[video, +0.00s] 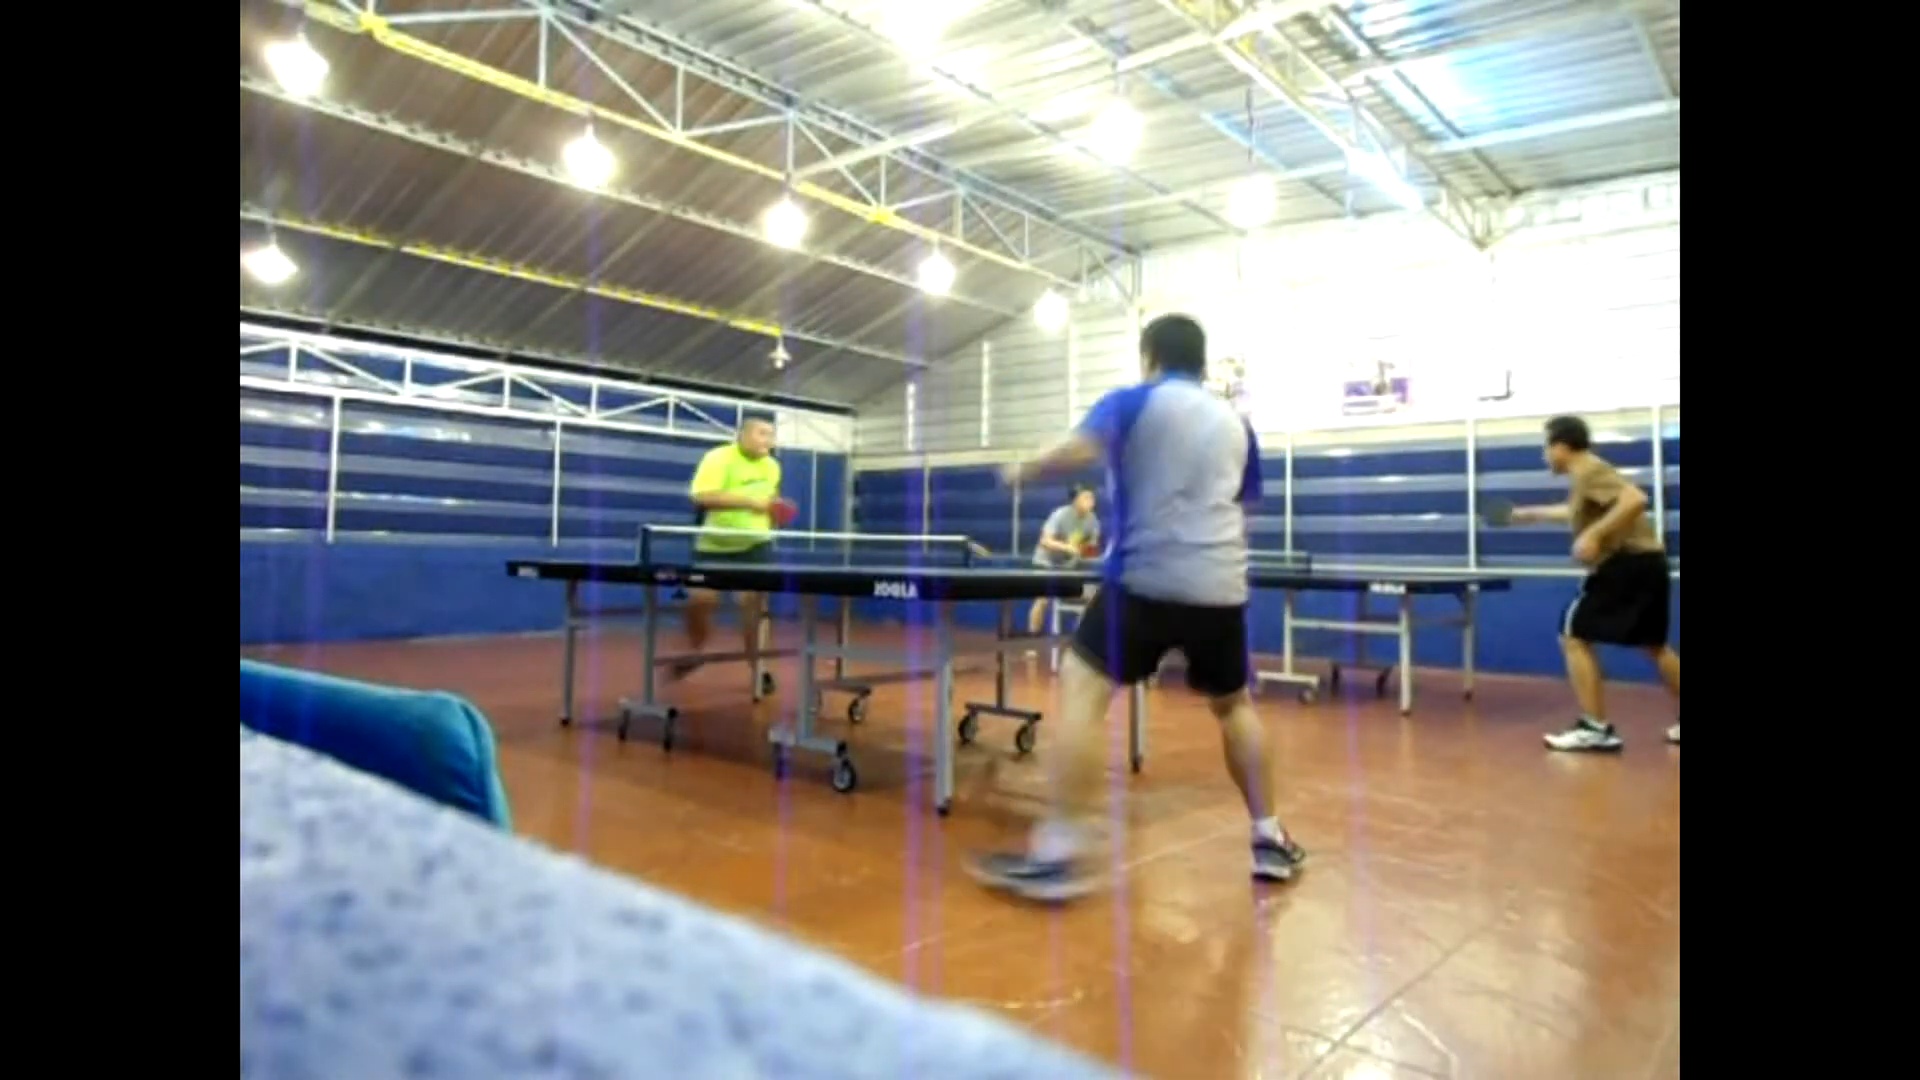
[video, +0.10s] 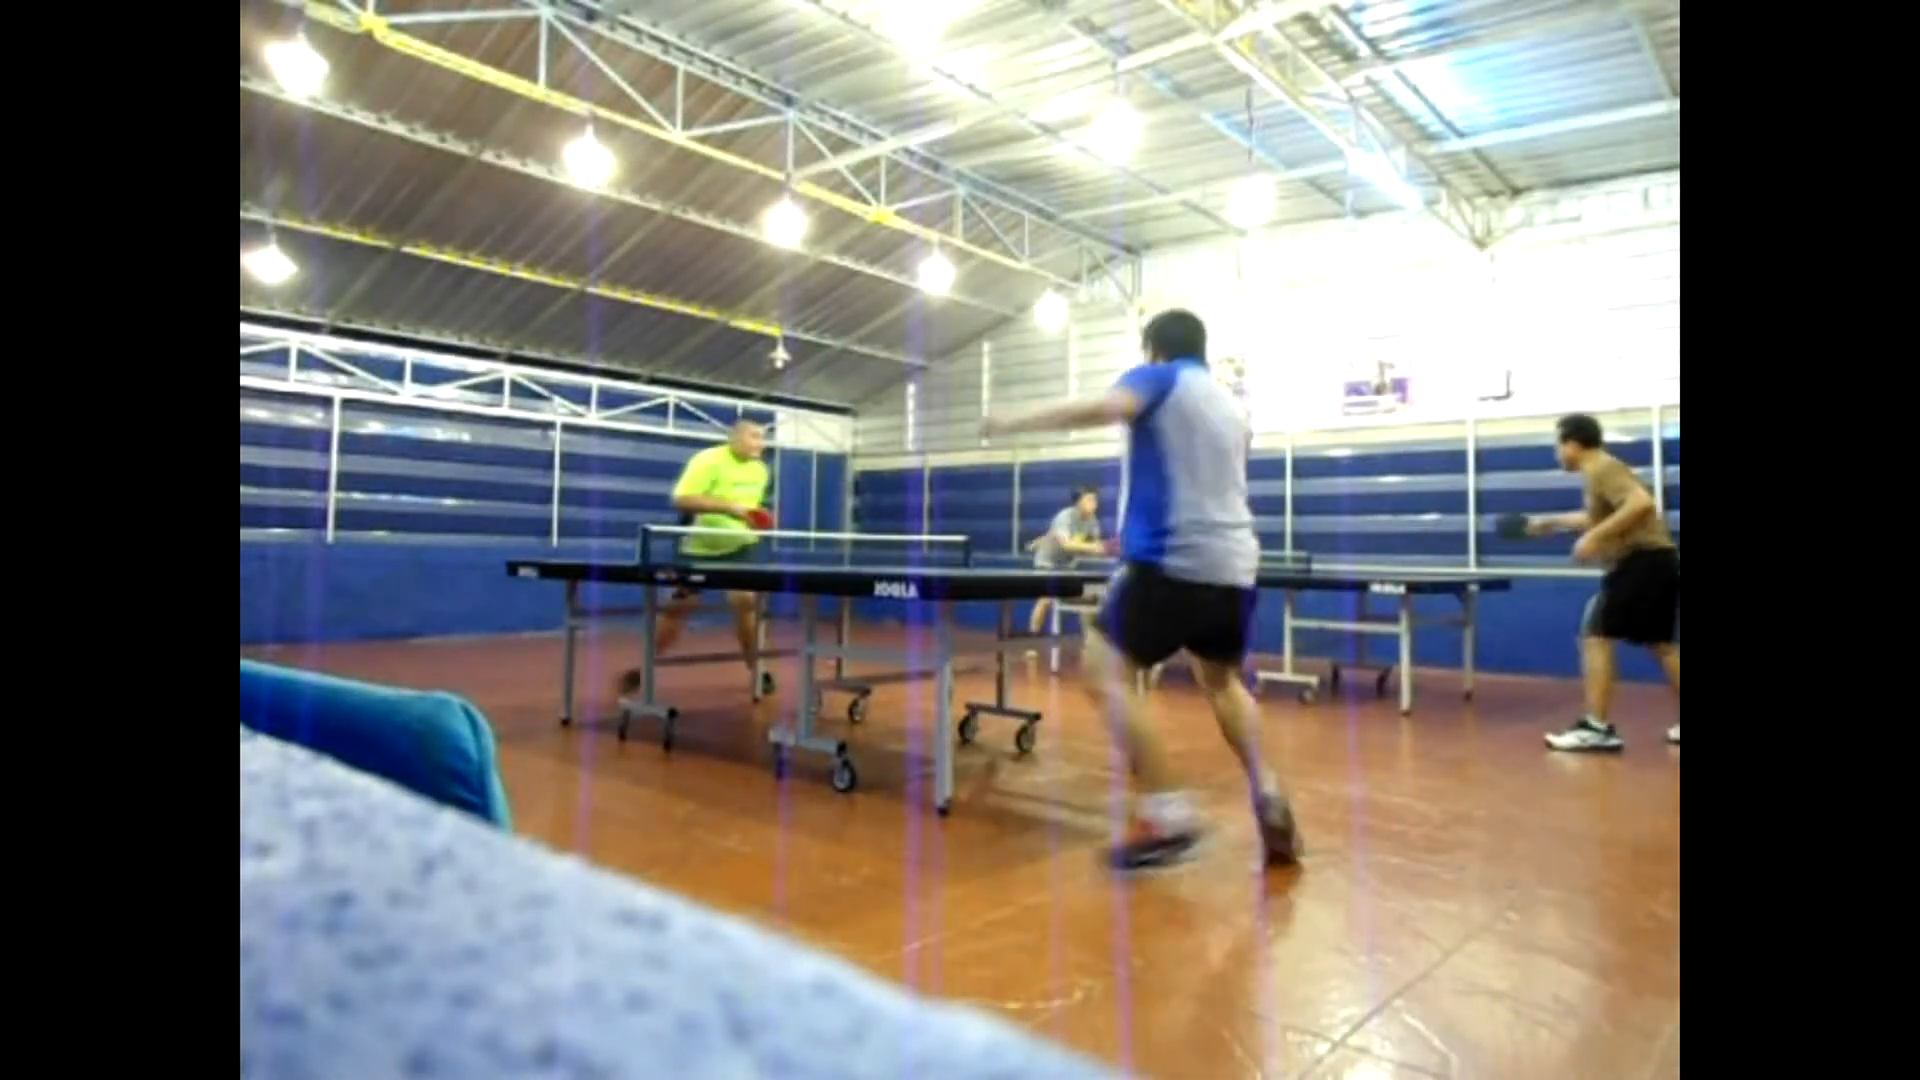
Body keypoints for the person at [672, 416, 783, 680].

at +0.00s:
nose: (767, 440)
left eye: (770, 435)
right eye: (761, 433)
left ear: (773, 440)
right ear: (743, 434)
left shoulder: (772, 467)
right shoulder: (718, 458)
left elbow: (767, 499)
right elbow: (701, 494)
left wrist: (777, 510)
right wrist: (751, 503)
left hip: (754, 543)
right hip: (714, 544)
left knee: (755, 604)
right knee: (700, 599)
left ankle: (760, 668)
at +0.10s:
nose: (759, 443)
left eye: (761, 438)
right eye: (754, 436)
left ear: (762, 443)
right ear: (735, 437)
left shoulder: (761, 471)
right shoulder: (708, 460)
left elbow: (750, 504)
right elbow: (682, 497)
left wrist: (759, 518)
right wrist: (732, 509)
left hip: (741, 548)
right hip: (701, 549)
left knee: (747, 606)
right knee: (675, 614)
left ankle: (757, 672)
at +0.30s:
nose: (719, 446)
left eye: (722, 441)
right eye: (713, 439)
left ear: (723, 446)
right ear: (695, 439)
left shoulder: (719, 472)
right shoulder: (667, 463)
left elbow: (716, 513)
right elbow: (648, 504)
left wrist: (730, 539)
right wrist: (691, 500)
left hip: (708, 552)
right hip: (667, 553)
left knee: (726, 606)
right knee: (647, 613)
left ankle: (754, 668)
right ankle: (623, 673)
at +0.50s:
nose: (689, 433)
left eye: (693, 427)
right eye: (683, 426)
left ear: (698, 430)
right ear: (669, 427)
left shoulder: (709, 460)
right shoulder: (645, 455)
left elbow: (719, 492)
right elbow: (627, 493)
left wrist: (710, 512)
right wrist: (654, 497)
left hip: (697, 539)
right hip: (655, 539)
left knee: (716, 598)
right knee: (633, 598)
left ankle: (719, 663)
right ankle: (618, 664)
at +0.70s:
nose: (682, 457)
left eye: (685, 451)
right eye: (675, 451)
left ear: (690, 452)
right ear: (660, 449)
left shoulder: (698, 478)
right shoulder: (635, 469)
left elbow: (713, 501)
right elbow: (608, 505)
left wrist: (706, 513)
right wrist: (639, 508)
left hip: (685, 553)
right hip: (639, 553)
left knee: (711, 601)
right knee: (624, 600)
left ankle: (718, 666)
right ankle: (601, 675)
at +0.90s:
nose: (673, 464)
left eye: (677, 459)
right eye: (668, 457)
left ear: (680, 459)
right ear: (652, 452)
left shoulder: (675, 477)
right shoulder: (625, 469)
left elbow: (676, 503)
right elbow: (635, 509)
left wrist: (692, 513)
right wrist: (679, 514)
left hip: (661, 551)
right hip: (622, 552)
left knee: (682, 602)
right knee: (617, 602)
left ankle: (714, 662)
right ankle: (600, 676)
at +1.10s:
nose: (666, 444)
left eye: (670, 438)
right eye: (659, 436)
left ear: (672, 441)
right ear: (642, 436)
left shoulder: (669, 465)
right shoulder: (617, 457)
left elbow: (667, 498)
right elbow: (616, 489)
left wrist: (687, 487)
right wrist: (660, 481)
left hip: (658, 543)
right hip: (621, 545)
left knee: (675, 598)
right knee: (620, 602)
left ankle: (674, 659)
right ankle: (601, 674)